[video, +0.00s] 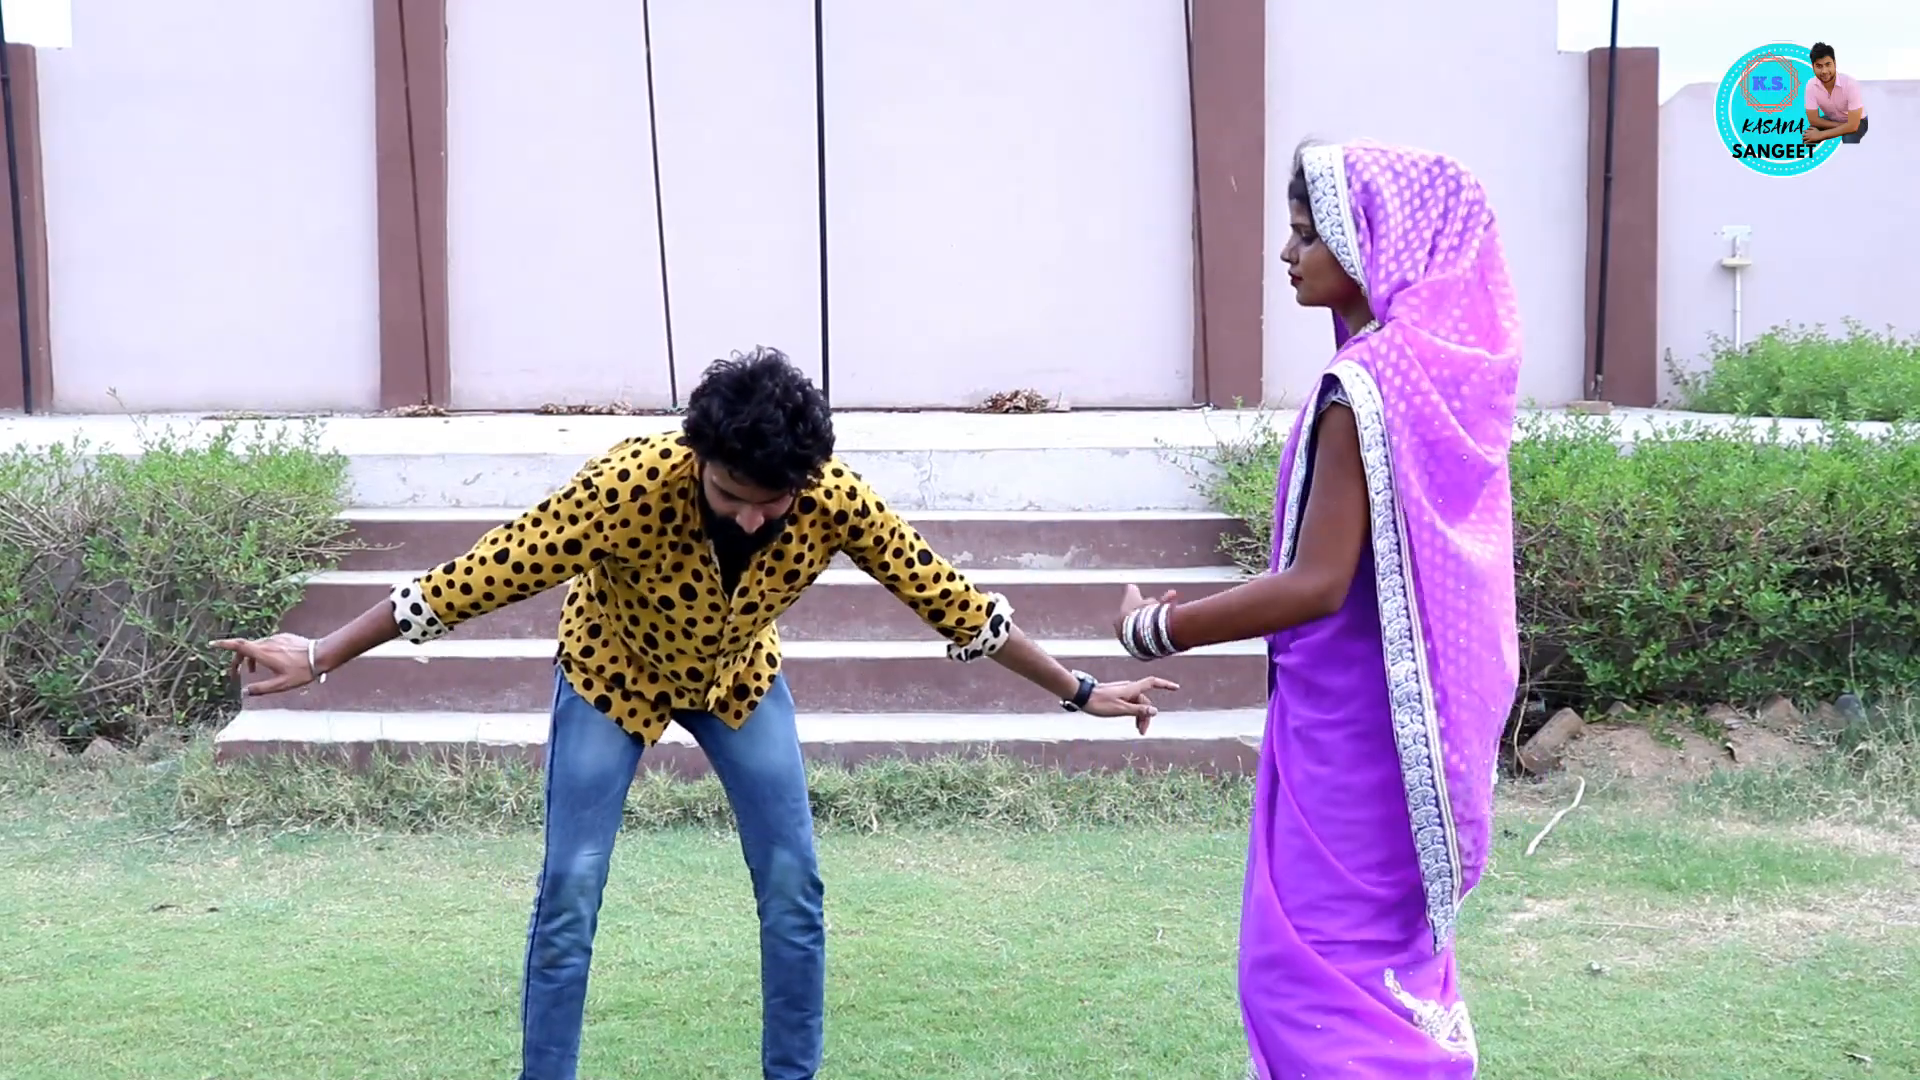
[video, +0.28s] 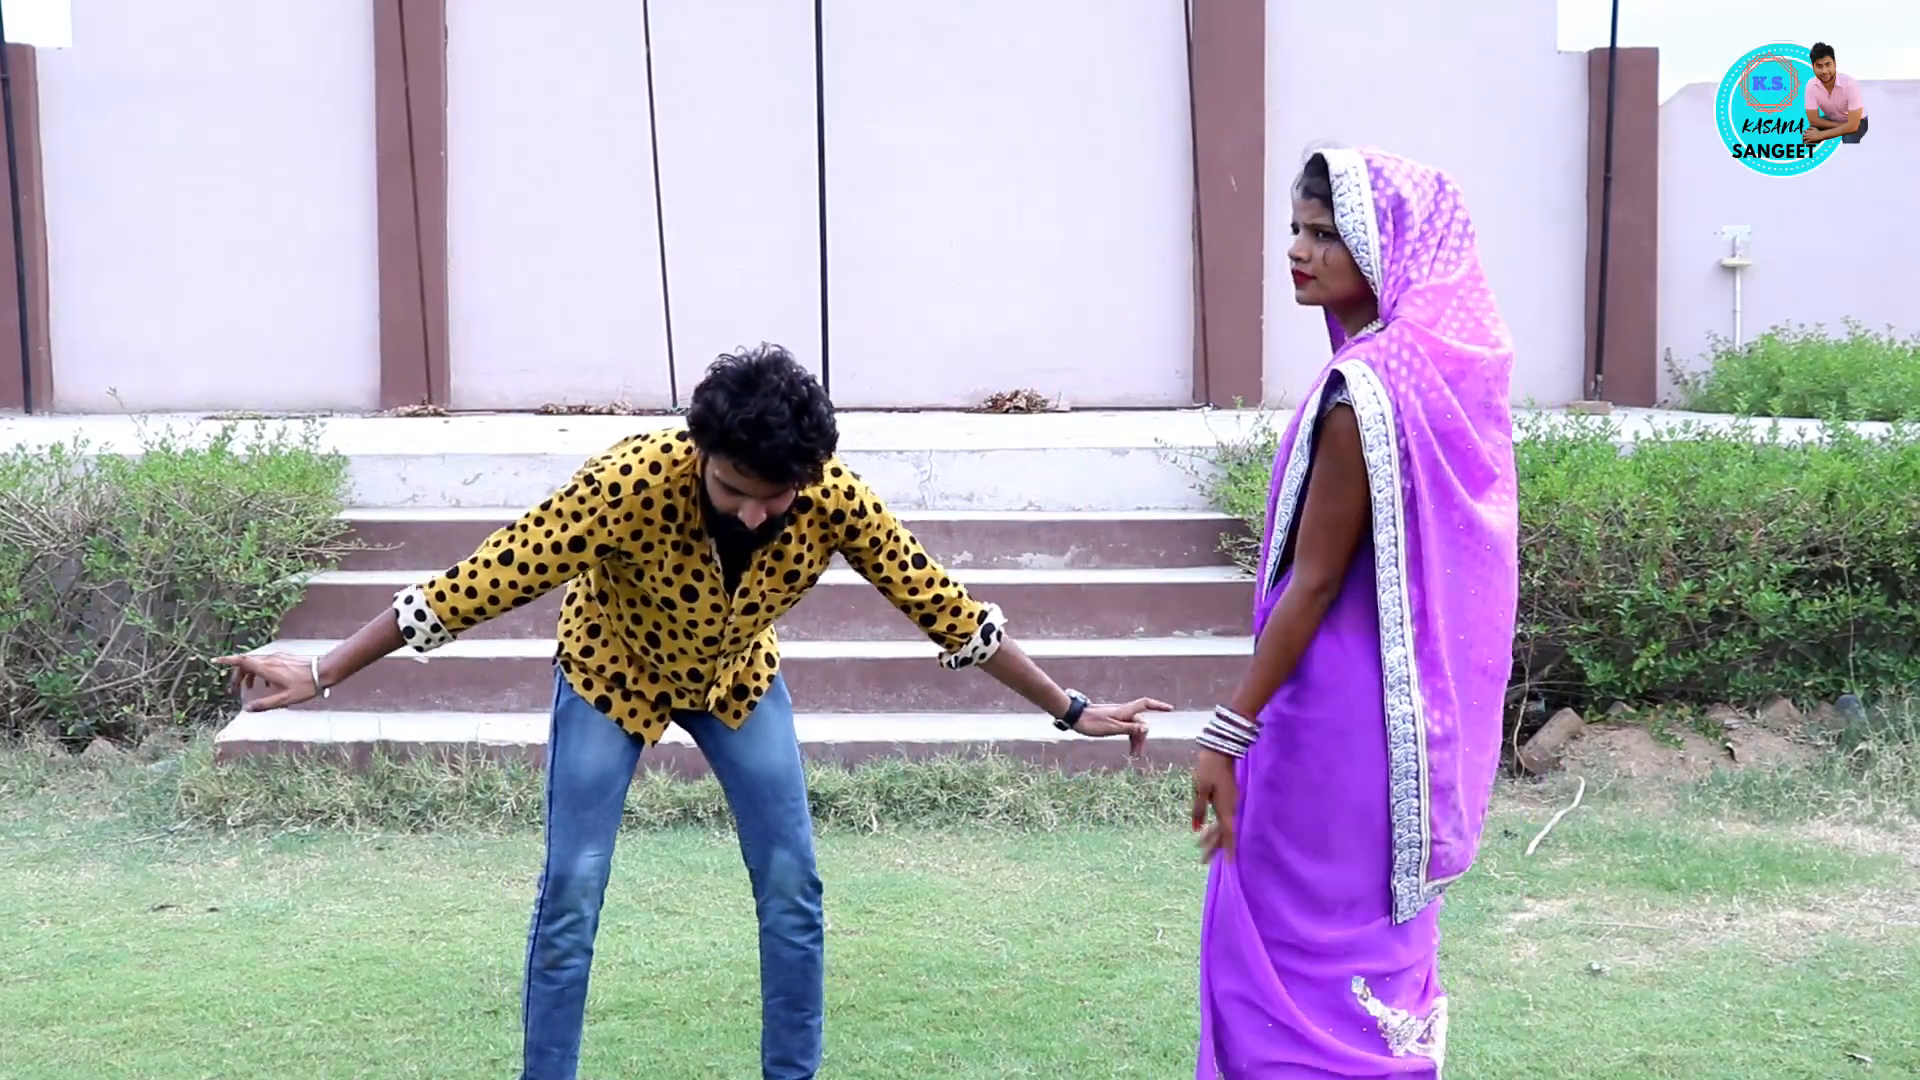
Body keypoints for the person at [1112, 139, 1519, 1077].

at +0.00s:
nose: (1288, 253)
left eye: (1306, 233)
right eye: (1292, 231)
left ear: (1371, 246)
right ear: (1381, 249)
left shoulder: (1359, 386)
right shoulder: (1450, 368)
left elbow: (1319, 583)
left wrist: (1174, 623)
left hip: (1348, 723)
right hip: (1420, 714)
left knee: (1297, 972)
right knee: (1394, 954)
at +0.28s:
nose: (1298, 253)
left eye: (1322, 235)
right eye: (1297, 232)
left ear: (1389, 252)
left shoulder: (1359, 388)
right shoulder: (1444, 368)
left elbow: (1313, 584)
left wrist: (1228, 732)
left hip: (1334, 725)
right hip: (1411, 717)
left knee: (1272, 966)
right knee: (1385, 958)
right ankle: (1390, 1062)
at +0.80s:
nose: (1266, 246)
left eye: (1293, 230)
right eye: (1261, 226)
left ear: (1353, 249)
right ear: (1256, 231)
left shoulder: (1325, 367)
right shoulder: (1354, 354)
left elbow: (1349, 532)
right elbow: (1340, 532)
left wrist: (1344, 697)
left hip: (1286, 695)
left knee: (1282, 954)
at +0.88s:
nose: (1271, 249)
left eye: (1298, 234)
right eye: (1265, 230)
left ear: (1355, 253)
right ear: (1256, 235)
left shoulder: (1325, 367)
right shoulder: (1351, 357)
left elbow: (1353, 514)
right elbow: (1341, 522)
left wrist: (1351, 655)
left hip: (1291, 691)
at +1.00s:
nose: (1273, 264)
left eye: (1298, 248)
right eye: (1266, 245)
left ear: (1355, 264)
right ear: (1257, 248)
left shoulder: (1332, 375)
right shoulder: (1375, 357)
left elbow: (1352, 507)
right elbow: (1306, 385)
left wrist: (1359, 619)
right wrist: (1243, 336)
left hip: (1294, 704)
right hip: (1348, 700)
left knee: (1198, 919)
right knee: (1324, 925)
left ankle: (1224, 1066)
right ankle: (1338, 1058)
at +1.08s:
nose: (1265, 282)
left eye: (1293, 264)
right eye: (1257, 262)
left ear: (1350, 280)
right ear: (1250, 268)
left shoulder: (1333, 392)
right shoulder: (1324, 383)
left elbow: (1339, 523)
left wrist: (1355, 634)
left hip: (1290, 703)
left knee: (1198, 941)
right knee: (1287, 944)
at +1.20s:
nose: (1265, 295)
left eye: (1291, 277)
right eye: (1254, 275)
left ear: (1345, 294)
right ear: (1247, 281)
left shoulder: (1336, 404)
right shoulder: (1301, 391)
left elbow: (1345, 525)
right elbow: (1260, 334)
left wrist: (1355, 620)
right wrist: (1259, 223)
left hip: (1265, 685)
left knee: (1172, 905)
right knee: (1252, 913)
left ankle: (1213, 1060)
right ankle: (1280, 1051)